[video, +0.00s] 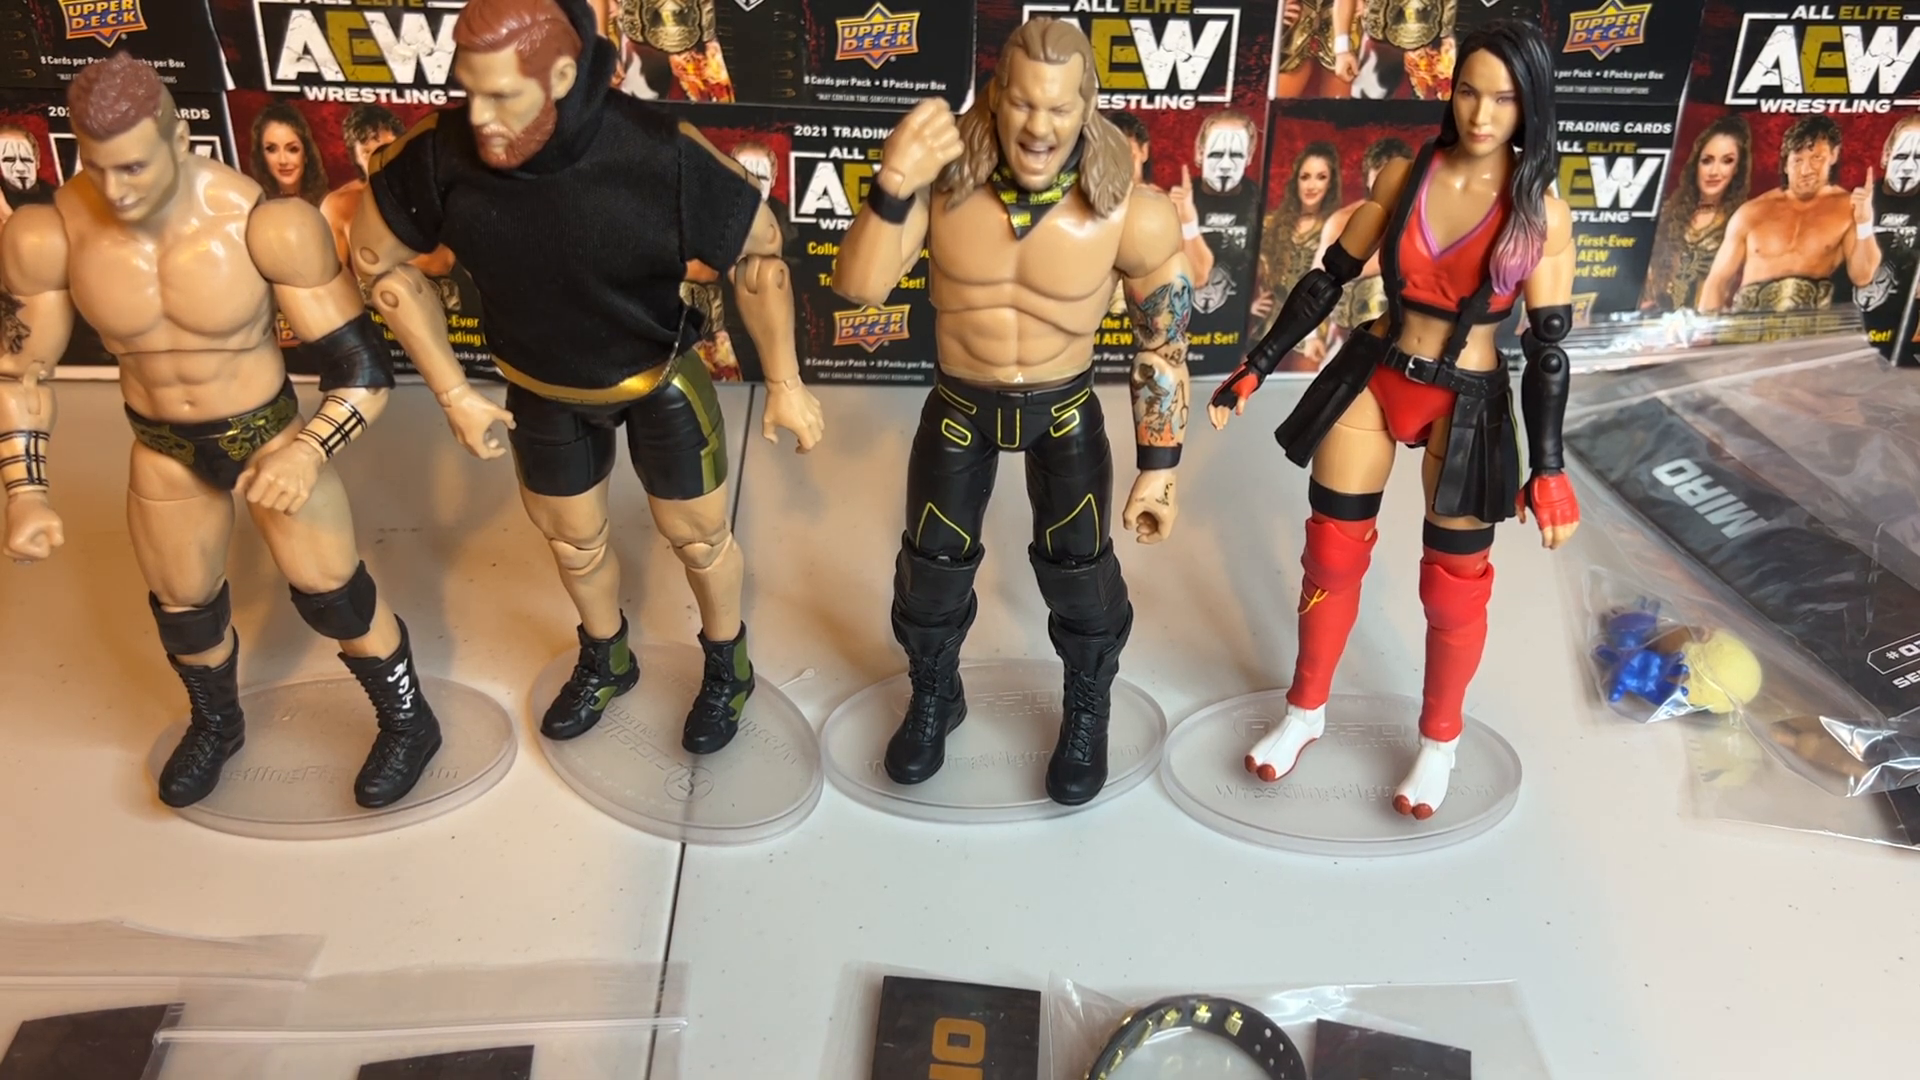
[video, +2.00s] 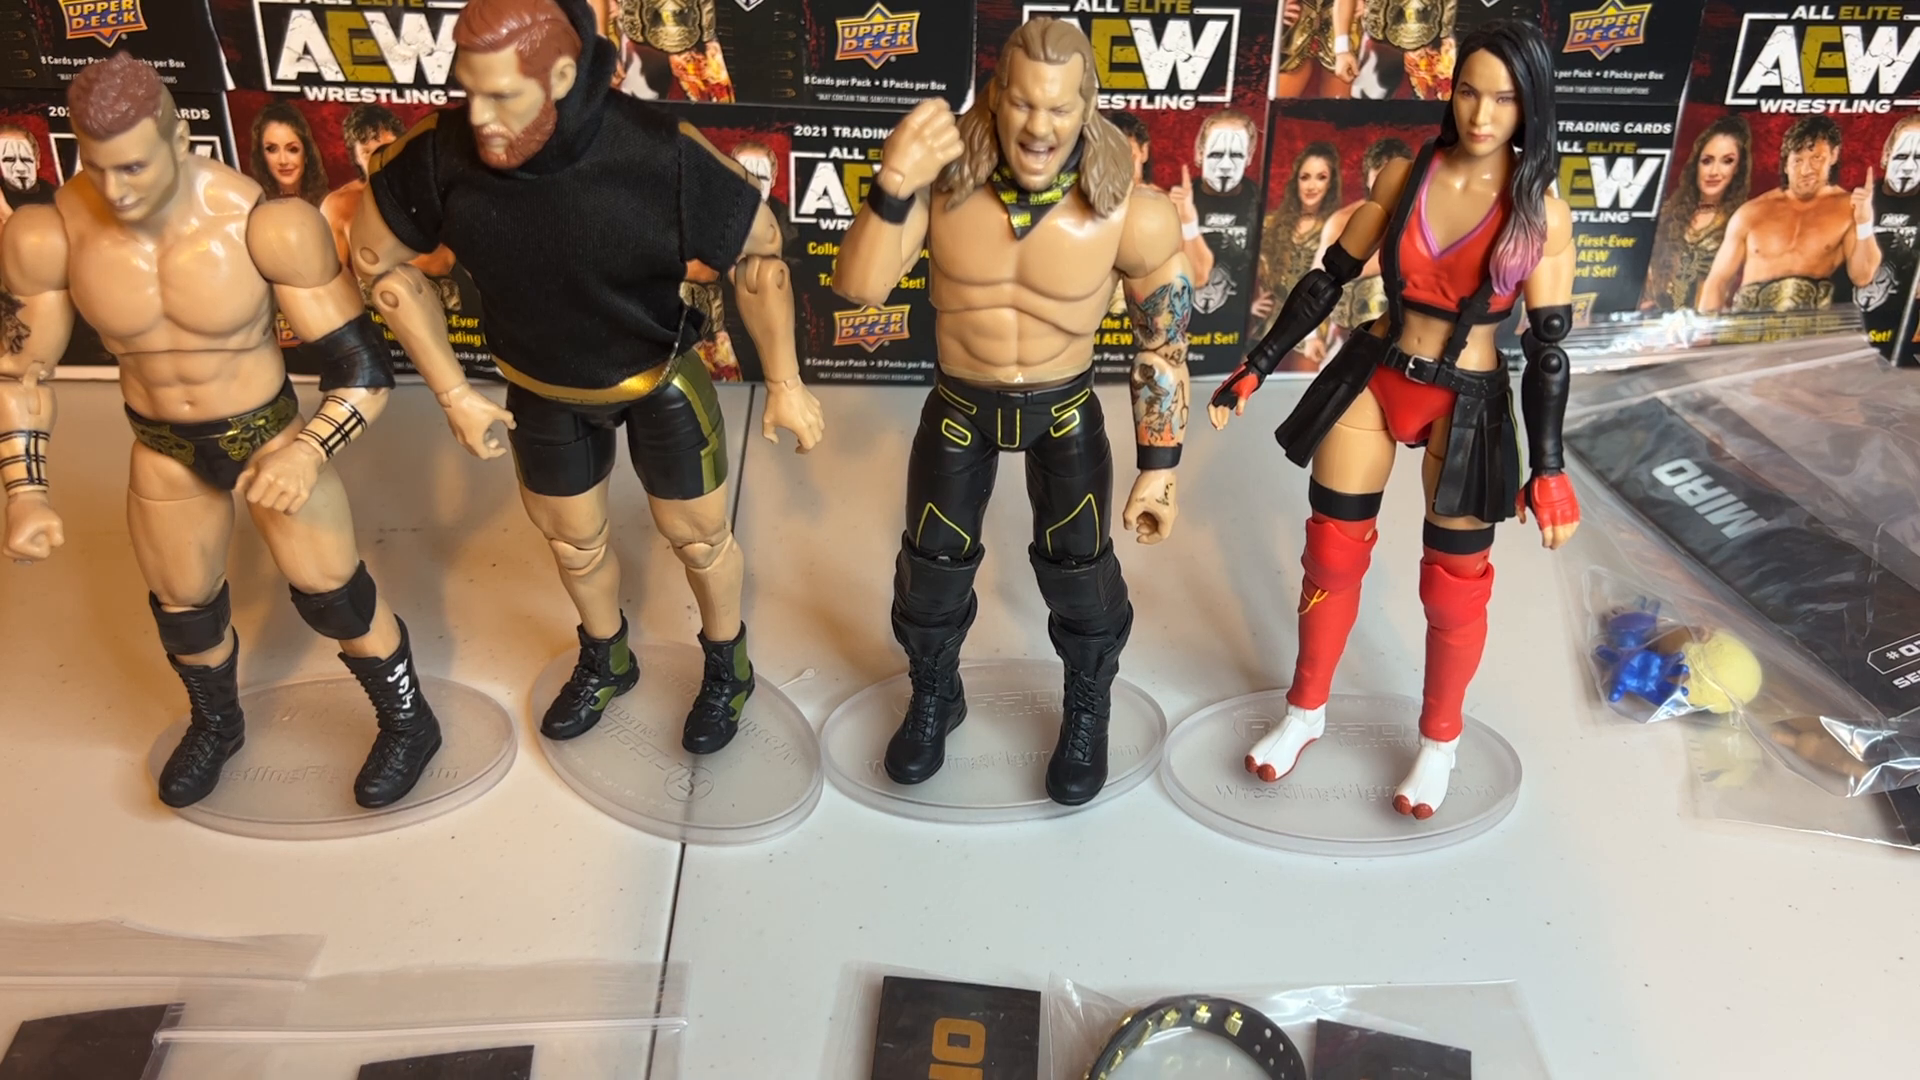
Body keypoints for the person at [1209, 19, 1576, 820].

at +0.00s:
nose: (1480, 113)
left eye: (1501, 99)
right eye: (1469, 93)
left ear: (1528, 108)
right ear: (1451, 94)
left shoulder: (1540, 208)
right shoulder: (1406, 175)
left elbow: (1549, 343)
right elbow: (1332, 273)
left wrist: (1549, 465)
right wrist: (1256, 364)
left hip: (1467, 404)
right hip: (1371, 382)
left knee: (1454, 590)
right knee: (1331, 559)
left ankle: (1437, 742)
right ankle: (1304, 710)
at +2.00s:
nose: (1480, 113)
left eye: (1501, 99)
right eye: (1469, 94)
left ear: (1529, 108)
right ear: (1450, 94)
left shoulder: (1540, 209)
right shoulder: (1406, 175)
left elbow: (1549, 345)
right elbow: (1333, 273)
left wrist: (1549, 466)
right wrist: (1256, 364)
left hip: (1467, 405)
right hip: (1372, 383)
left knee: (1454, 590)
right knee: (1331, 560)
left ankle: (1438, 742)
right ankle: (1304, 710)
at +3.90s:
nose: (1480, 113)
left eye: (1501, 98)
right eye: (1469, 93)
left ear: (1528, 108)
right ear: (1450, 94)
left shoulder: (1540, 207)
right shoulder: (1406, 175)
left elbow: (1549, 343)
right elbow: (1332, 273)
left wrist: (1549, 465)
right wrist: (1256, 363)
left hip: (1467, 404)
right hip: (1372, 382)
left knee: (1454, 591)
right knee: (1331, 560)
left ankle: (1438, 742)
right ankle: (1304, 710)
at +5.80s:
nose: (1480, 113)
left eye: (1501, 98)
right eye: (1469, 93)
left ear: (1529, 108)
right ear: (1451, 94)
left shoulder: (1541, 207)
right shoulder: (1406, 175)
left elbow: (1549, 343)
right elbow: (1332, 274)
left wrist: (1549, 465)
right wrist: (1256, 364)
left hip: (1466, 404)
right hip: (1371, 382)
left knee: (1454, 591)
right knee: (1331, 560)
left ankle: (1438, 741)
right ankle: (1305, 710)